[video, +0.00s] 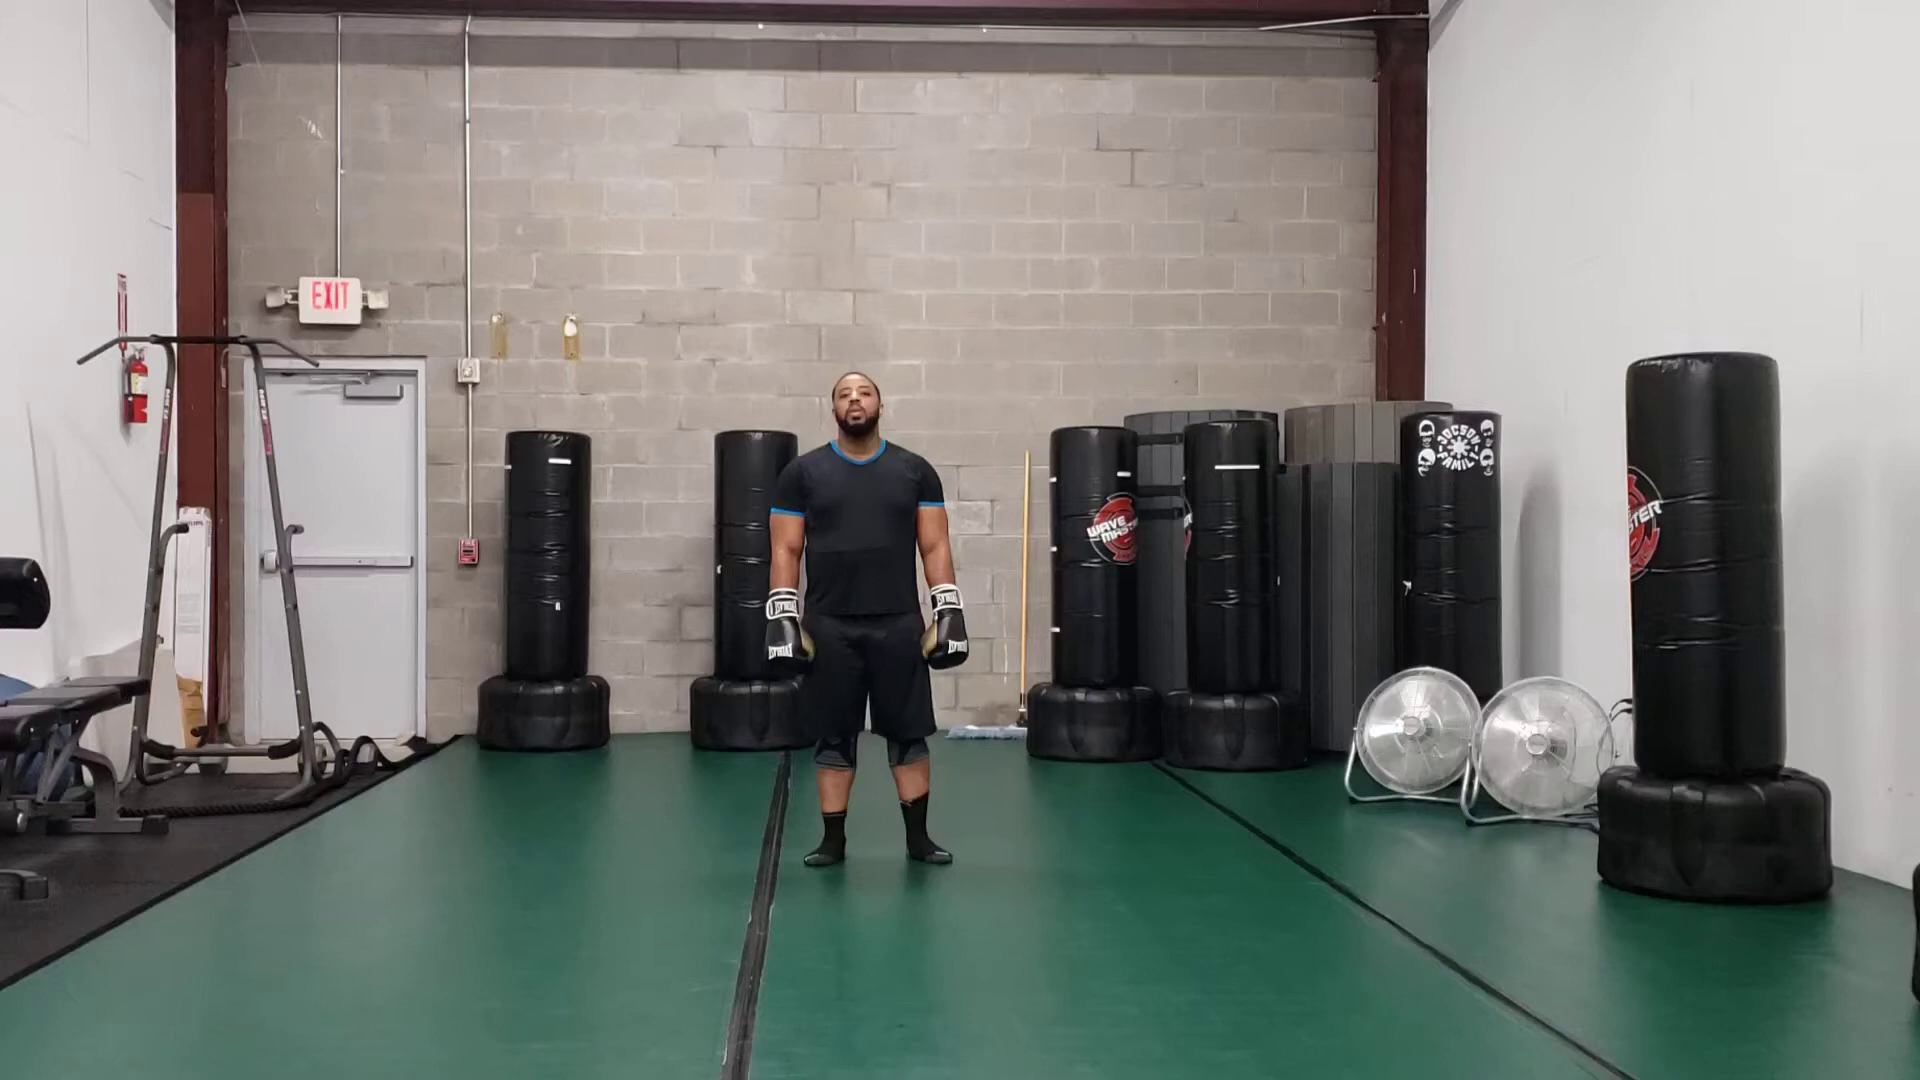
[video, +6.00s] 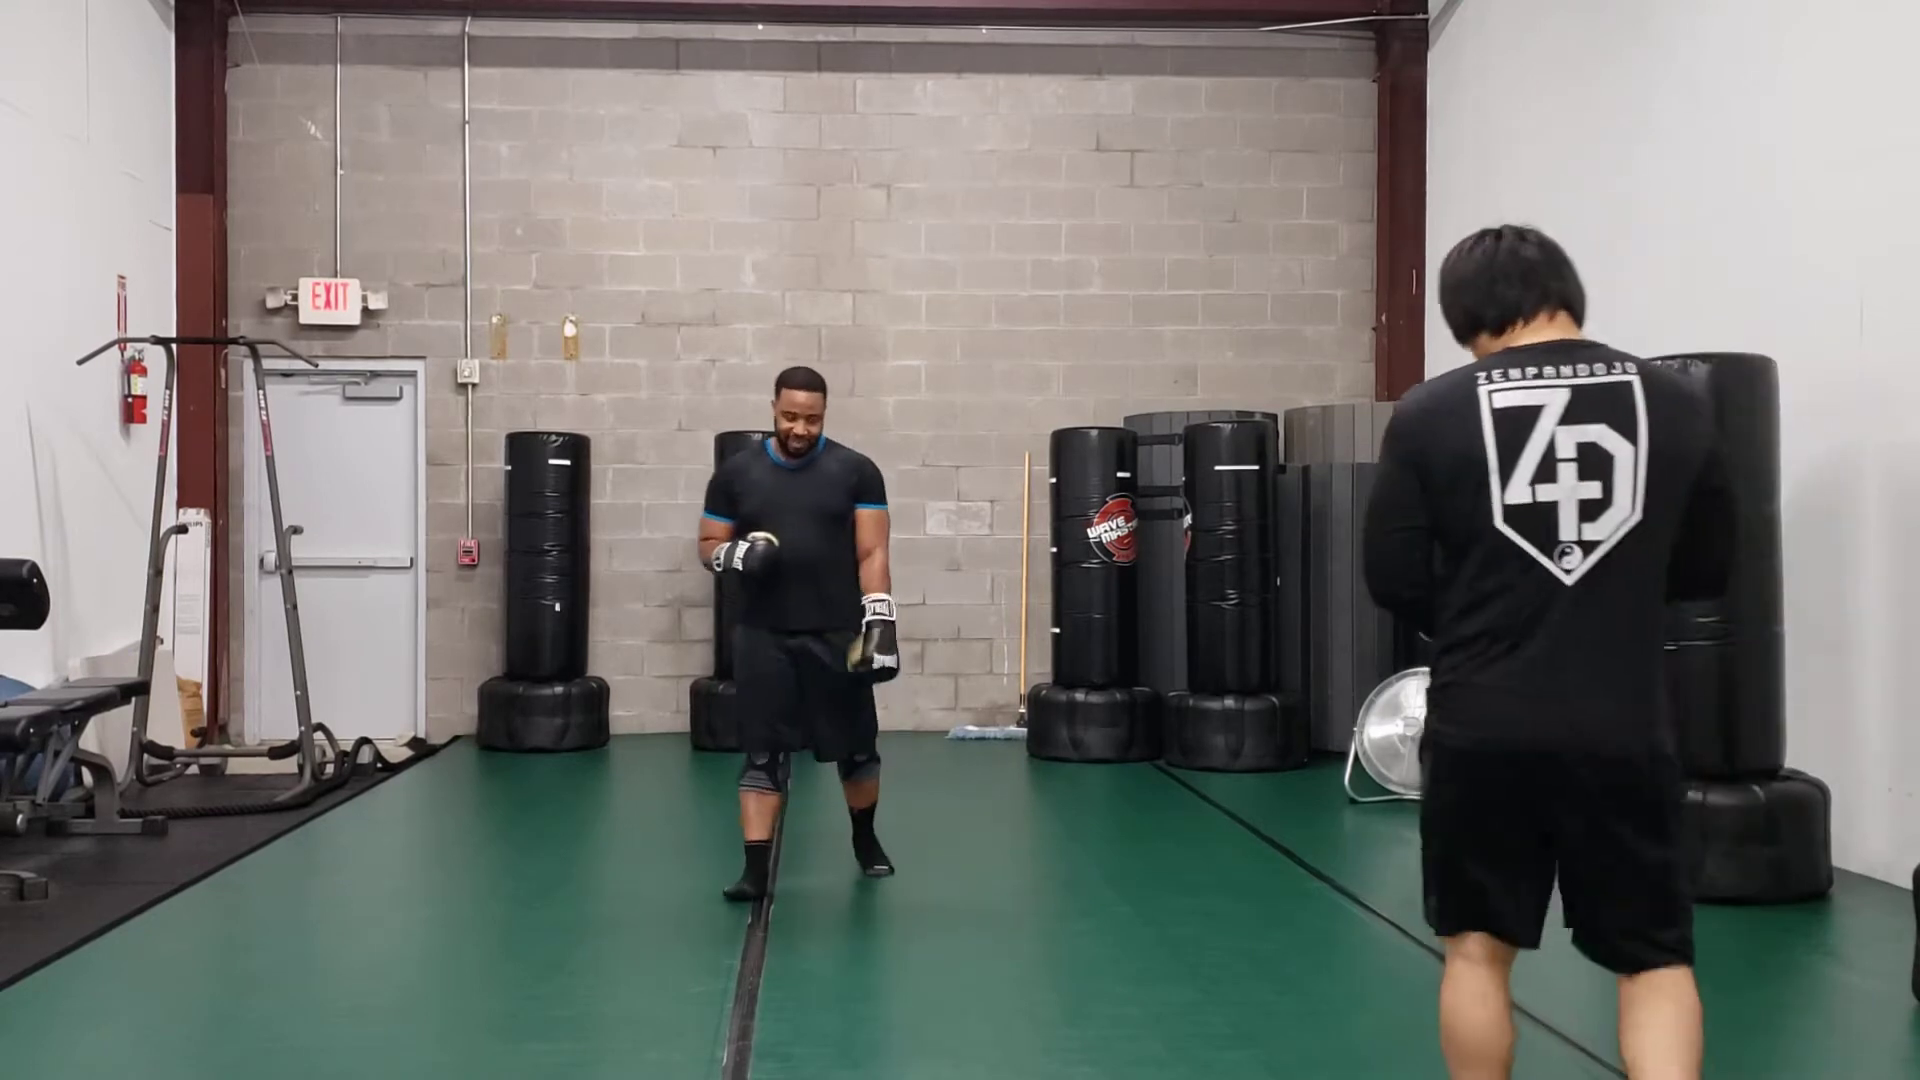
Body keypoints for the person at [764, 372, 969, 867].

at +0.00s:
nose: (855, 399)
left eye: (864, 393)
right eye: (845, 395)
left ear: (880, 408)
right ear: (833, 413)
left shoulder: (914, 472)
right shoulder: (803, 474)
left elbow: (934, 547)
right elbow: (786, 550)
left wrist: (949, 611)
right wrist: (781, 617)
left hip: (898, 627)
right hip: (830, 629)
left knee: (909, 736)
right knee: (833, 739)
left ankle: (918, 839)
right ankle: (832, 842)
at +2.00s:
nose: (853, 404)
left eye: (860, 398)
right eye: (842, 399)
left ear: (873, 412)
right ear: (827, 415)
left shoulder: (906, 473)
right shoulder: (799, 476)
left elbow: (925, 541)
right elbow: (780, 551)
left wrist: (930, 593)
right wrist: (774, 616)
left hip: (896, 620)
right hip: (830, 623)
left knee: (902, 729)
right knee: (833, 733)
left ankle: (896, 822)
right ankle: (833, 839)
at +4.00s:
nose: (793, 410)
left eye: (801, 402)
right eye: (783, 404)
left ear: (815, 412)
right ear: (770, 418)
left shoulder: (852, 470)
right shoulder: (743, 476)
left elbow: (874, 536)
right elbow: (718, 546)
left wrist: (857, 571)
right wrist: (756, 577)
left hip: (843, 617)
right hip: (777, 621)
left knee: (867, 721)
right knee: (784, 730)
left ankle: (882, 823)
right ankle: (786, 832)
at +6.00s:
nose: (800, 427)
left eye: (811, 418)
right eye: (791, 416)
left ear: (824, 416)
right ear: (774, 411)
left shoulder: (856, 473)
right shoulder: (738, 472)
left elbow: (872, 553)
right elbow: (710, 544)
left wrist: (880, 619)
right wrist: (733, 554)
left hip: (838, 636)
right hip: (764, 638)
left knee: (858, 751)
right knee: (761, 755)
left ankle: (865, 838)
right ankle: (756, 873)